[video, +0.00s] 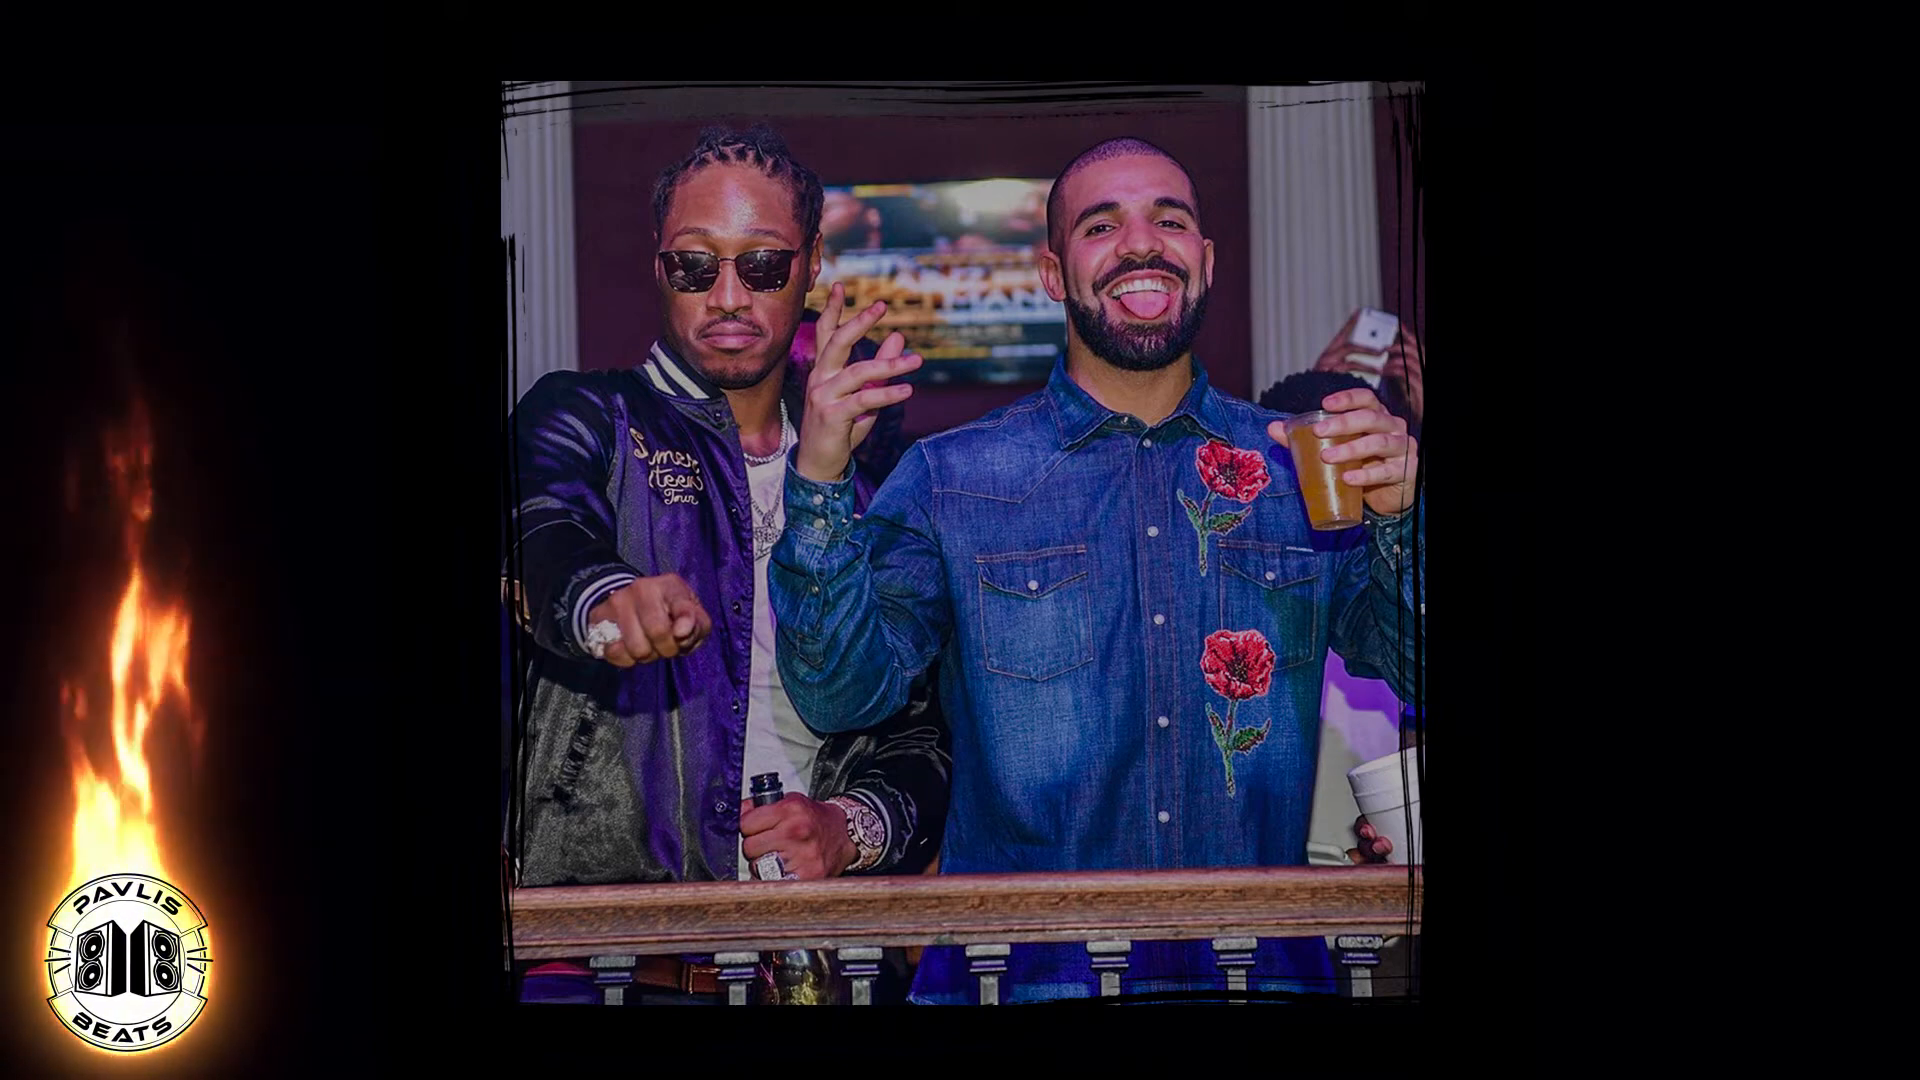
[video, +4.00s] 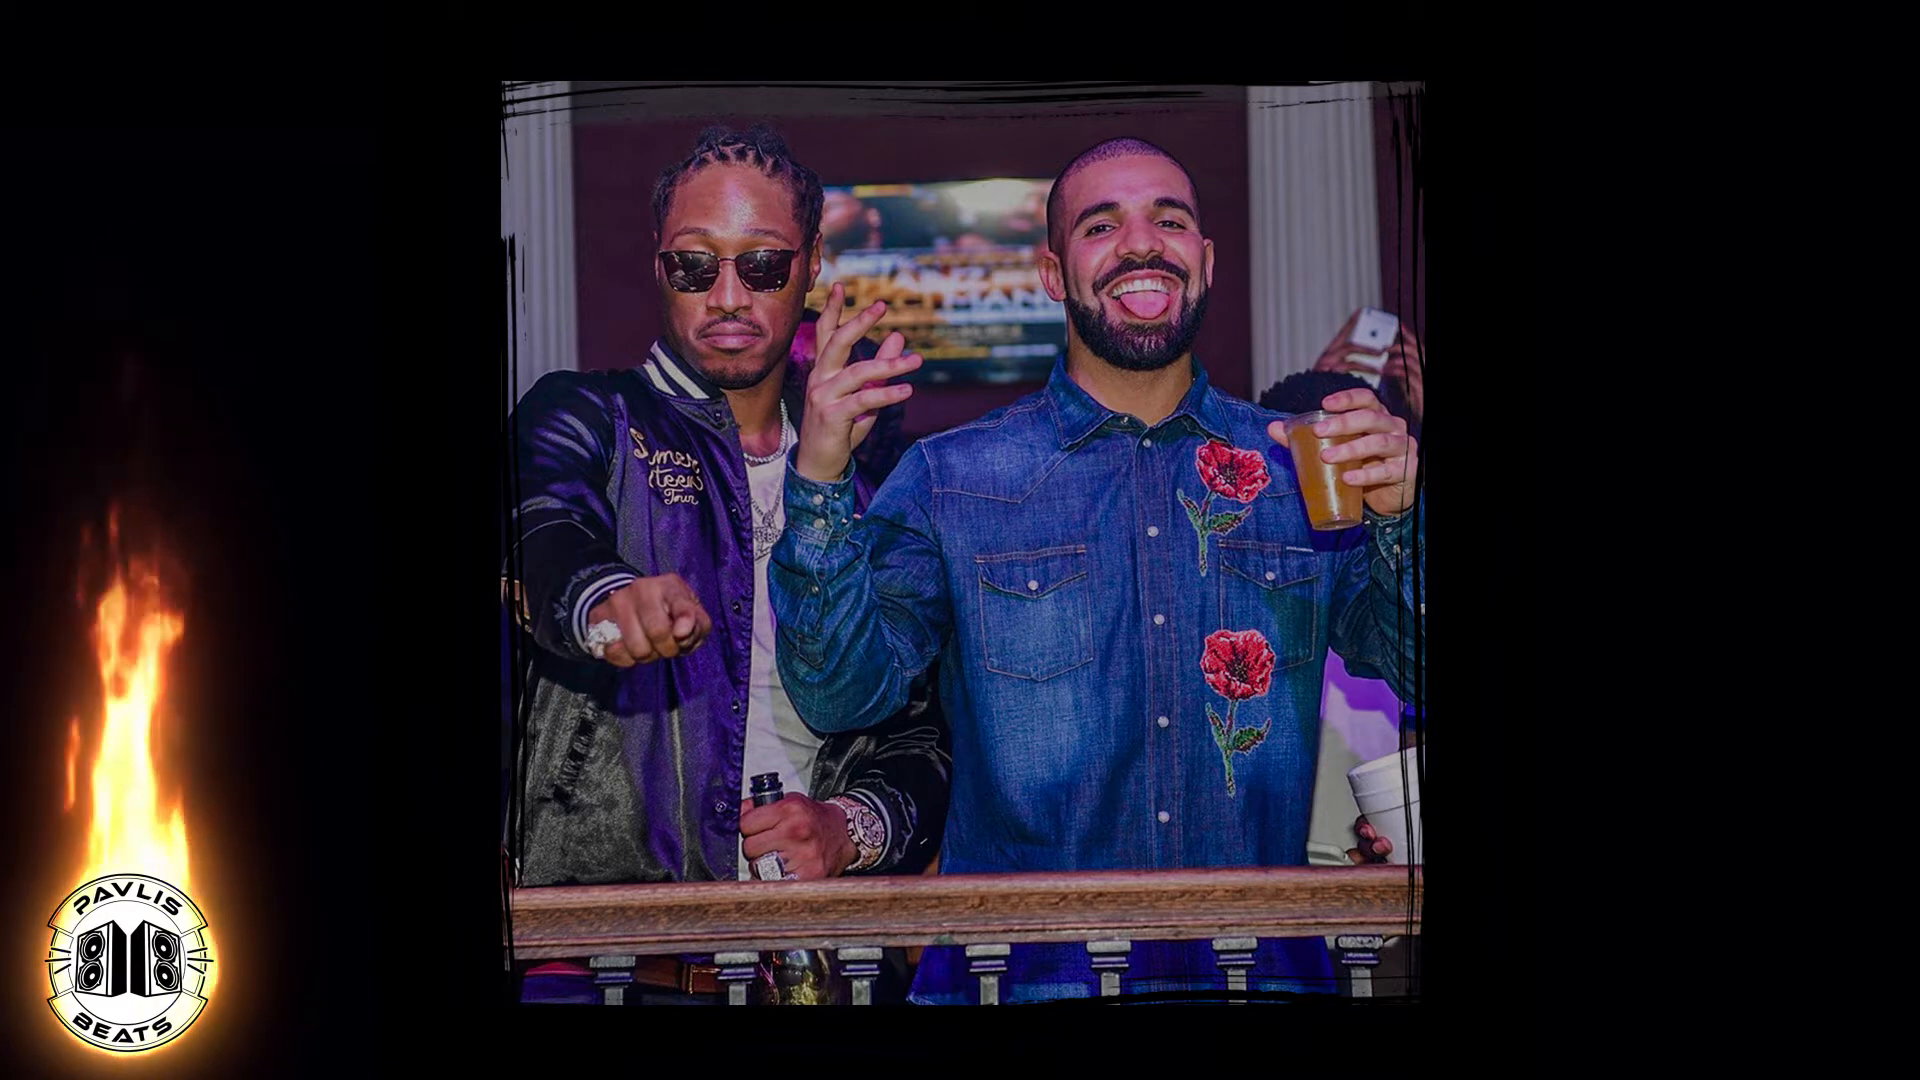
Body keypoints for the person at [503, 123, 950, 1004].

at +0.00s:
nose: (729, 296)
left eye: (764, 266)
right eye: (694, 266)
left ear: (811, 274)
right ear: (658, 273)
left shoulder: (879, 459)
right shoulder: (581, 411)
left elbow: (926, 724)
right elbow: (540, 526)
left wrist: (857, 825)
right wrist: (603, 596)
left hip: (827, 942)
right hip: (605, 942)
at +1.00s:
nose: (729, 296)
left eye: (763, 266)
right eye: (694, 266)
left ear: (811, 274)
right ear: (658, 274)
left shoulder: (876, 458)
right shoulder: (581, 411)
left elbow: (925, 724)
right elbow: (542, 526)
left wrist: (858, 825)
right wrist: (604, 596)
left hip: (827, 943)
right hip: (606, 943)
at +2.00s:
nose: (729, 296)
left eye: (764, 266)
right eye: (694, 266)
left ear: (811, 274)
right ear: (658, 273)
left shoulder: (878, 459)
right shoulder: (581, 411)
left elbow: (926, 724)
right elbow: (540, 526)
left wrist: (857, 825)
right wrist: (603, 595)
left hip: (827, 942)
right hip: (606, 942)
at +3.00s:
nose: (729, 296)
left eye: (764, 266)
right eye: (694, 266)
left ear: (811, 274)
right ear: (658, 273)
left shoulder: (879, 459)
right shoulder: (581, 412)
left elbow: (926, 724)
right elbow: (540, 525)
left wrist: (857, 825)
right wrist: (603, 595)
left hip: (827, 942)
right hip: (606, 942)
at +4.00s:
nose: (729, 296)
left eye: (763, 266)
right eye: (694, 266)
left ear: (811, 274)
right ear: (658, 272)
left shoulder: (878, 460)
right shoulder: (581, 412)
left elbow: (926, 726)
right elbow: (540, 525)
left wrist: (857, 826)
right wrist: (602, 595)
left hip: (827, 944)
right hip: (605, 943)